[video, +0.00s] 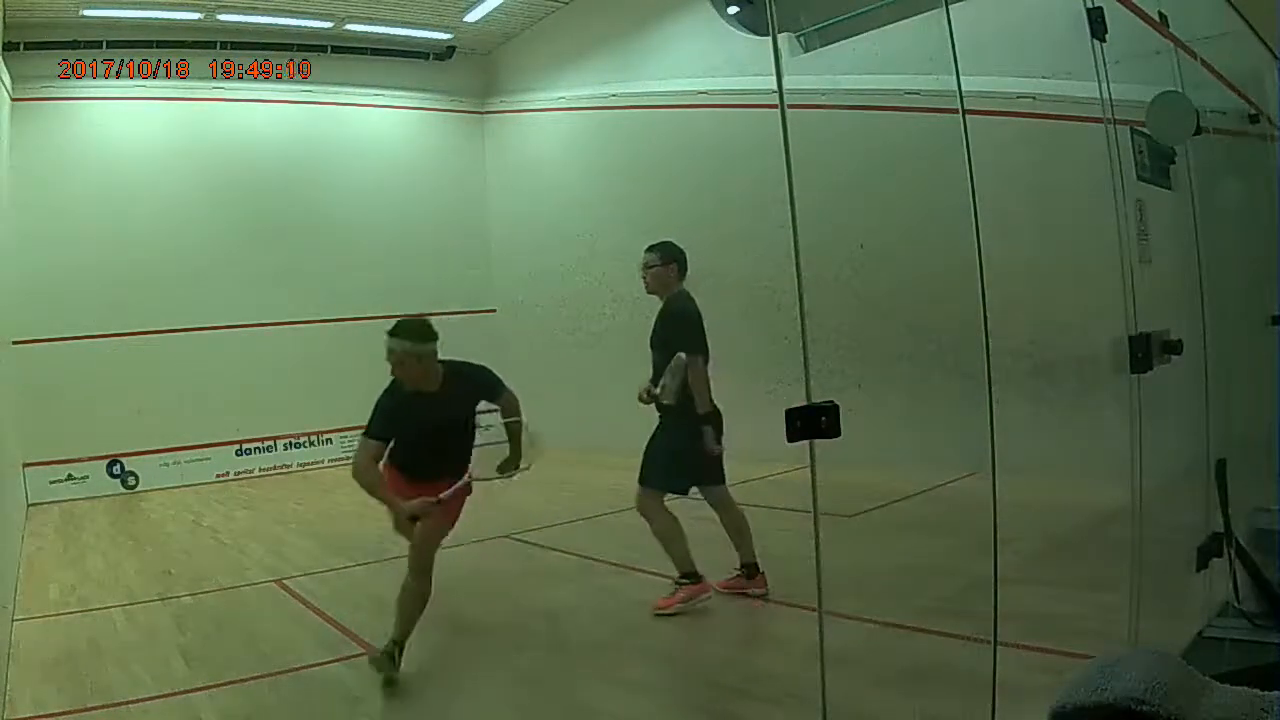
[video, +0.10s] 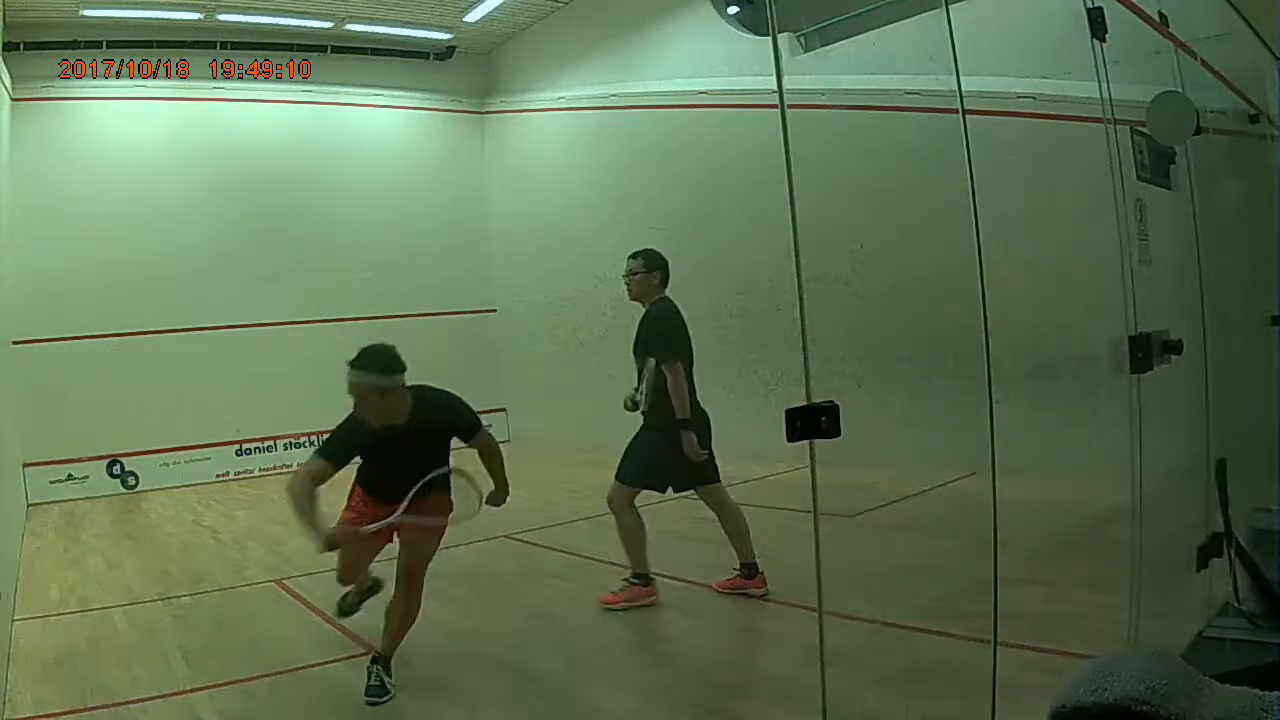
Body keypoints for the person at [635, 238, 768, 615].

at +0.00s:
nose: (643, 275)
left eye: (649, 267)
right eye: (643, 268)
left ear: (673, 270)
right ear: (669, 273)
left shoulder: (681, 310)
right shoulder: (676, 307)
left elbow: (696, 366)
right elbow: (673, 362)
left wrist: (707, 422)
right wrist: (655, 387)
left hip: (679, 421)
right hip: (695, 418)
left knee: (648, 501)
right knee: (717, 495)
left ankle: (691, 581)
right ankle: (751, 573)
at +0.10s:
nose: (627, 281)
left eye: (634, 274)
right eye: (626, 275)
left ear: (656, 278)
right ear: (651, 281)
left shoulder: (661, 317)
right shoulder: (660, 313)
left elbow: (675, 372)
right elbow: (658, 365)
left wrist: (686, 428)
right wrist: (641, 393)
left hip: (662, 429)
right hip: (685, 424)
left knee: (619, 498)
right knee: (717, 498)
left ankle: (641, 583)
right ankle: (751, 574)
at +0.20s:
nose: (607, 288)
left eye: (613, 282)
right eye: (607, 283)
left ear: (636, 286)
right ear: (632, 288)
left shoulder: (640, 326)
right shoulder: (643, 322)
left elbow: (653, 381)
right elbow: (642, 375)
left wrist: (663, 437)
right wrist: (623, 401)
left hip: (646, 434)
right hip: (674, 429)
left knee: (597, 496)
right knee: (710, 499)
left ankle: (596, 581)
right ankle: (749, 572)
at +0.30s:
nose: (569, 302)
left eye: (576, 295)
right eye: (569, 296)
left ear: (598, 298)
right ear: (595, 301)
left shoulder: (604, 340)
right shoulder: (607, 335)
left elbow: (615, 397)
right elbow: (604, 387)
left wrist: (614, 450)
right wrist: (591, 413)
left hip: (619, 440)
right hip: (646, 436)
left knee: (563, 498)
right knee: (689, 503)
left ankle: (563, 580)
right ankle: (741, 564)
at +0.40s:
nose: (528, 309)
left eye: (535, 302)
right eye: (529, 302)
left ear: (555, 306)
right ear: (555, 308)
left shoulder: (560, 348)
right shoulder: (573, 340)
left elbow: (571, 404)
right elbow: (575, 389)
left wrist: (563, 454)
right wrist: (552, 414)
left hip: (588, 443)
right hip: (614, 438)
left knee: (535, 503)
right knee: (645, 504)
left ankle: (559, 582)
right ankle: (715, 553)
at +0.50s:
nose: (489, 313)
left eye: (492, 308)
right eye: (491, 308)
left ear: (503, 314)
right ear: (520, 313)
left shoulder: (517, 353)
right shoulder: (535, 344)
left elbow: (519, 414)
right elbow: (541, 403)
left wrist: (506, 458)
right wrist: (504, 437)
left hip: (554, 446)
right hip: (581, 439)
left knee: (517, 511)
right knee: (582, 513)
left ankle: (557, 582)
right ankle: (646, 538)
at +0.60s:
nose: (464, 321)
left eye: (466, 316)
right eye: (466, 315)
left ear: (472, 319)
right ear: (495, 319)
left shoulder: (482, 359)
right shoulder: (508, 347)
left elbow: (478, 420)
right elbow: (522, 396)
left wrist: (465, 464)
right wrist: (503, 430)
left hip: (531, 445)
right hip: (554, 438)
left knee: (505, 516)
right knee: (536, 507)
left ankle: (556, 581)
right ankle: (584, 544)